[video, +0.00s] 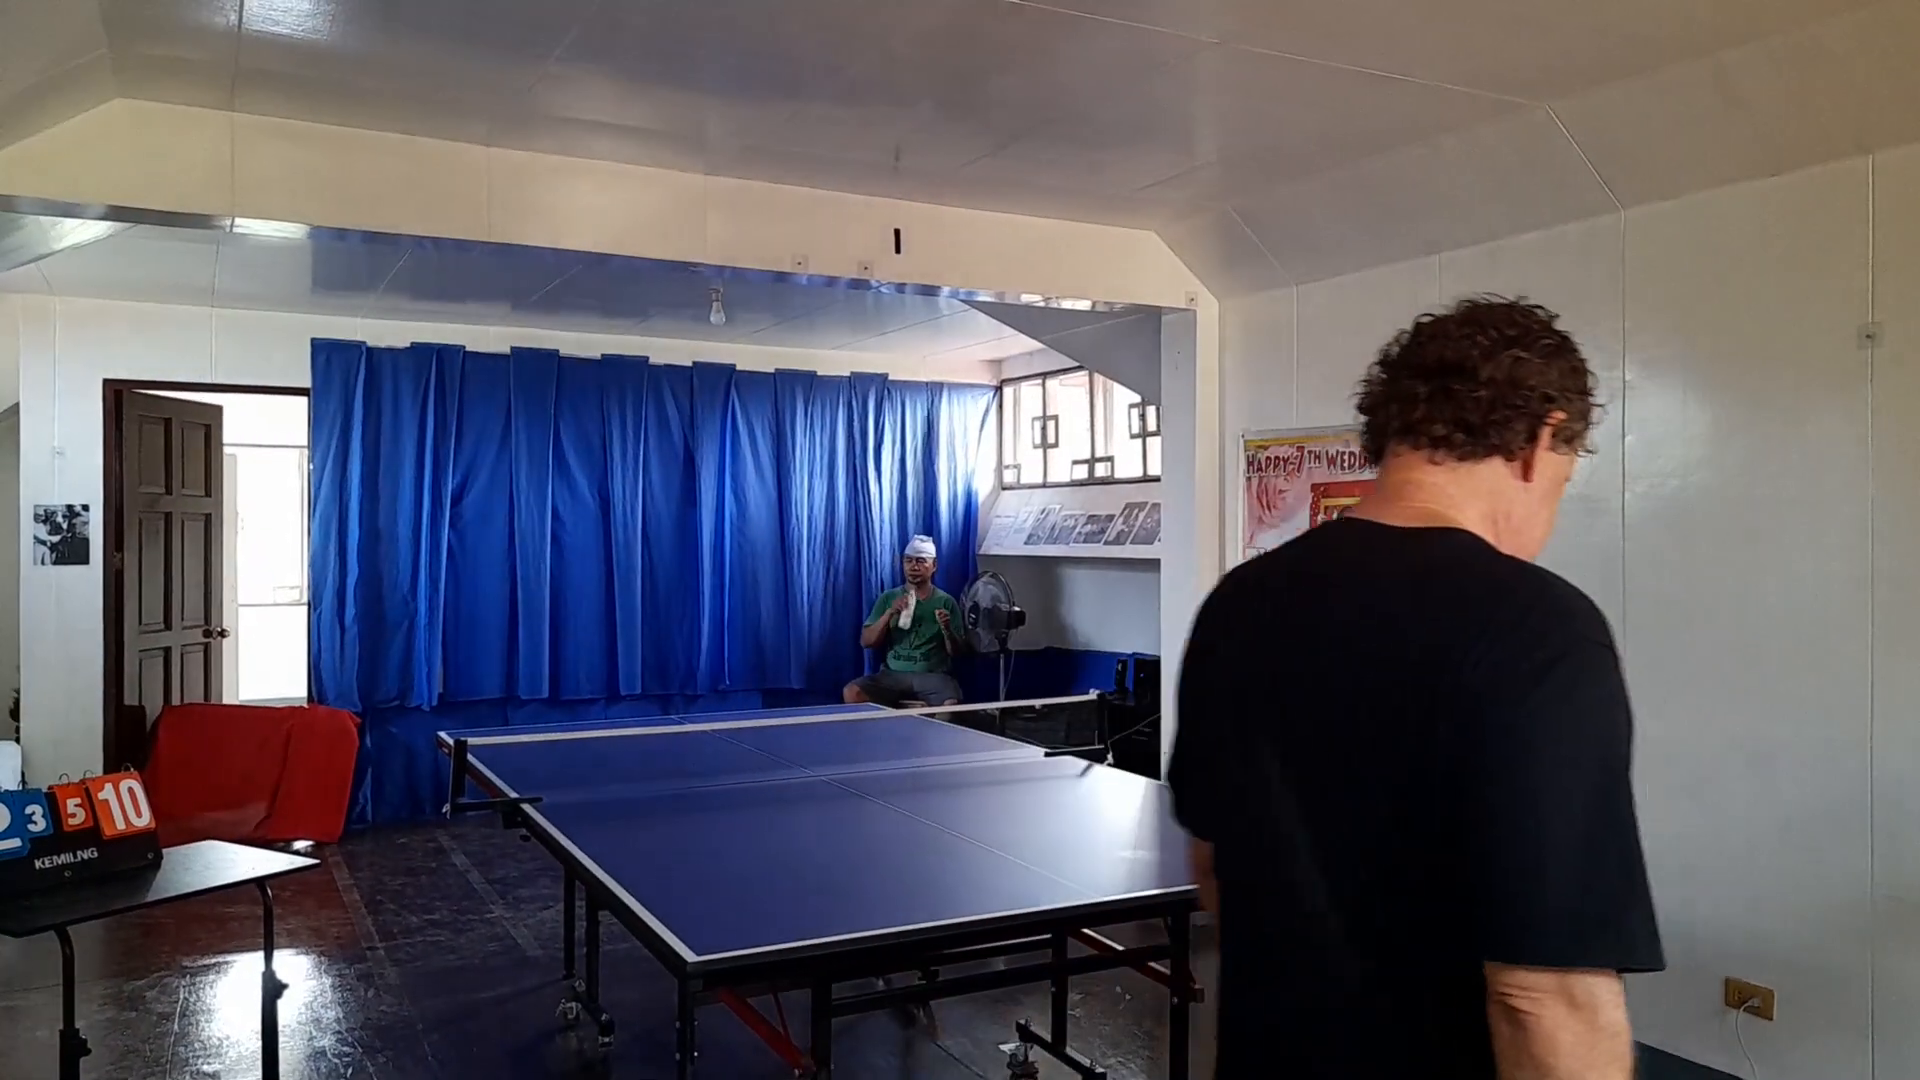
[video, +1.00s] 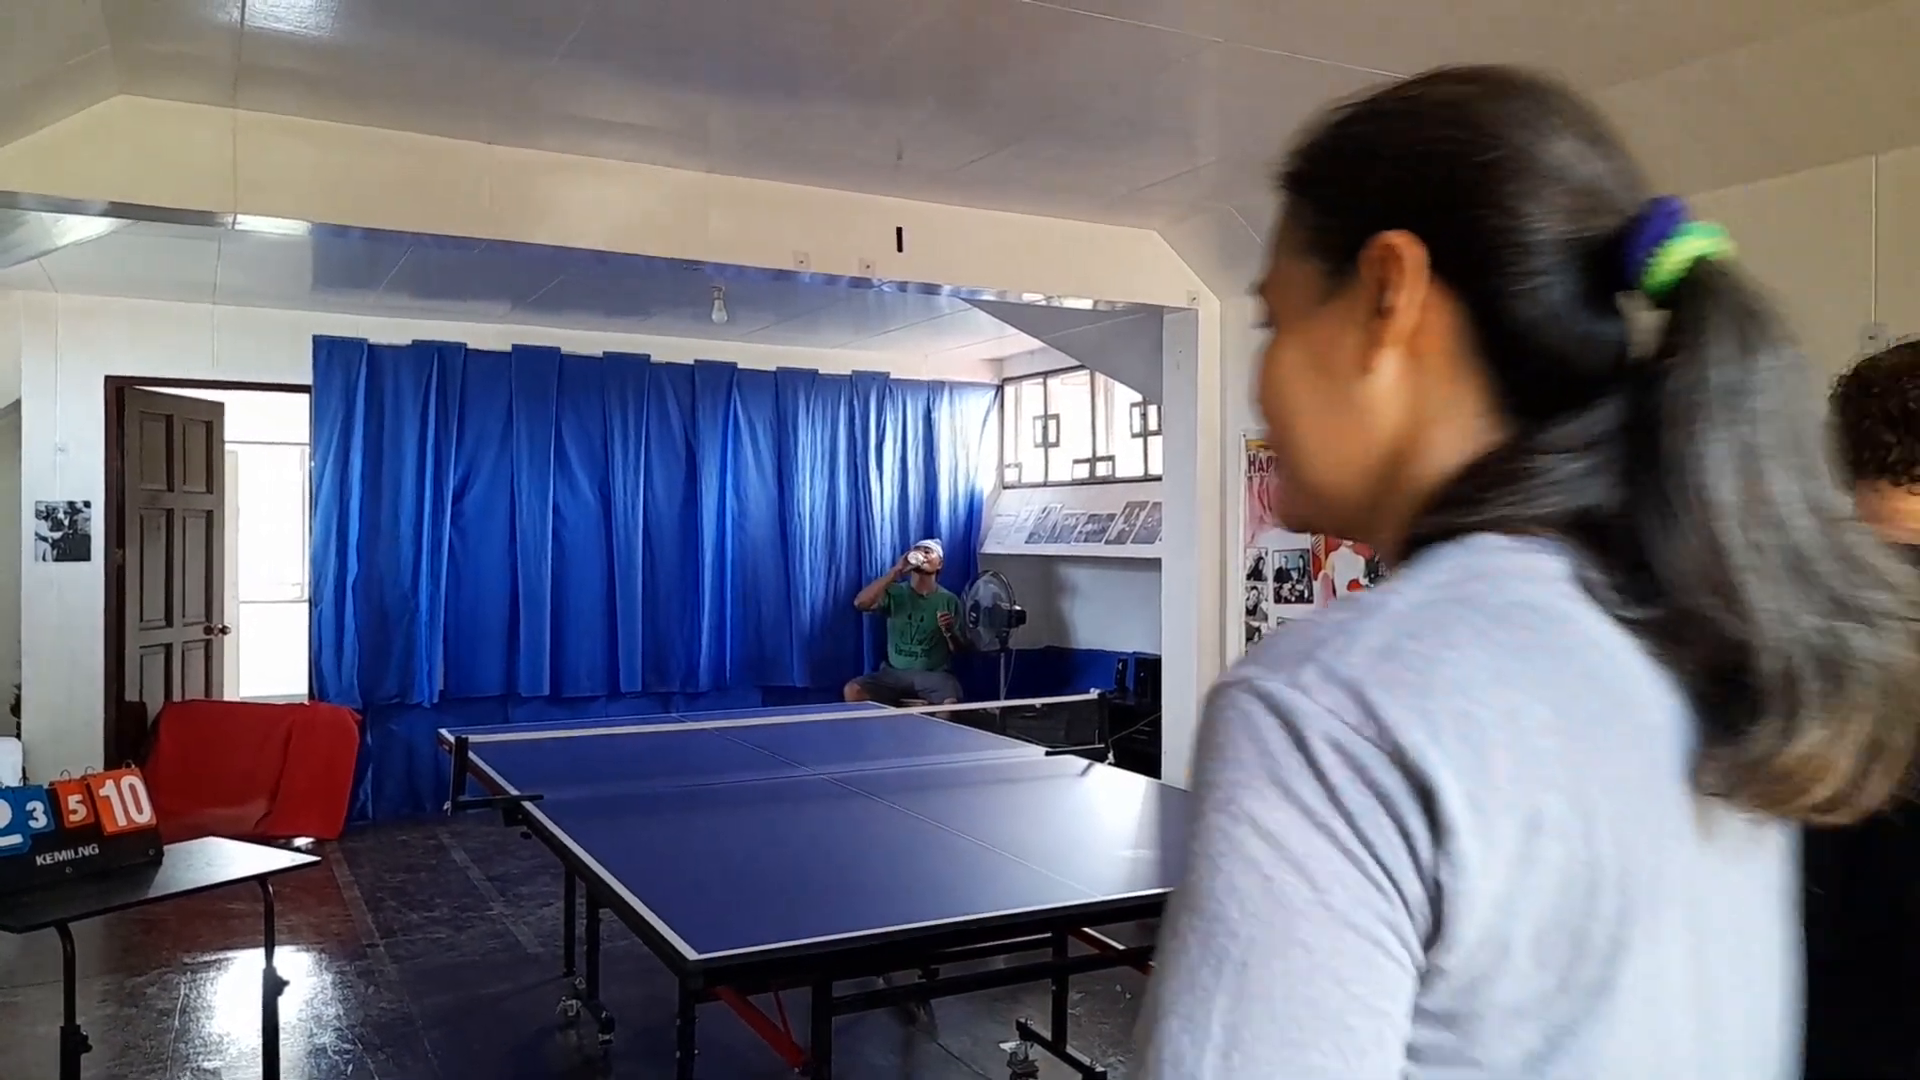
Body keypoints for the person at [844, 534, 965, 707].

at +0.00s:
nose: (914, 567)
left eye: (921, 561)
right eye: (909, 561)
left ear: (933, 566)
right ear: (903, 564)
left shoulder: (946, 602)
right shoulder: (888, 598)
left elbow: (956, 652)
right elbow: (866, 641)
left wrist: (946, 629)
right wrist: (889, 613)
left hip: (932, 676)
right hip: (892, 674)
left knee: (951, 705)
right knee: (852, 692)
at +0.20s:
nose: (914, 561)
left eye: (922, 556)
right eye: (910, 555)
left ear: (934, 563)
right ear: (903, 559)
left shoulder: (946, 600)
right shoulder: (888, 593)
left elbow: (956, 651)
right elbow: (862, 626)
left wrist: (948, 631)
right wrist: (891, 591)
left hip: (931, 673)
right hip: (891, 671)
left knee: (950, 702)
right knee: (851, 689)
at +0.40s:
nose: (918, 558)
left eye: (925, 554)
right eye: (914, 553)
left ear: (936, 563)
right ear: (907, 559)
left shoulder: (948, 601)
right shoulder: (894, 596)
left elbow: (958, 651)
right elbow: (862, 619)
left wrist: (949, 636)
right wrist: (893, 584)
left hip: (932, 674)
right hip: (893, 672)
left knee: (951, 702)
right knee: (853, 690)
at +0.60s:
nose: (918, 554)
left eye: (925, 550)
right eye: (913, 550)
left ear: (937, 560)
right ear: (907, 556)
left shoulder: (947, 598)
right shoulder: (892, 590)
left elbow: (957, 648)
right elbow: (860, 609)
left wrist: (949, 634)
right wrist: (893, 576)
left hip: (931, 672)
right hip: (892, 670)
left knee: (949, 700)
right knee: (851, 687)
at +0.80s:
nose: (920, 553)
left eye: (927, 549)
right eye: (915, 548)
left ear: (938, 561)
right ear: (908, 556)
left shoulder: (948, 598)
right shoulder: (892, 590)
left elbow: (958, 648)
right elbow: (860, 604)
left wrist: (949, 632)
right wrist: (895, 572)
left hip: (932, 672)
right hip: (893, 670)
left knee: (950, 701)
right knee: (852, 688)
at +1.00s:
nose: (923, 555)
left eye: (930, 552)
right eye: (919, 551)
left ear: (940, 564)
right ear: (910, 558)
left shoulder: (949, 601)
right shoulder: (894, 592)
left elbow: (959, 649)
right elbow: (861, 603)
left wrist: (950, 633)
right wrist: (896, 571)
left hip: (933, 675)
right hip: (893, 673)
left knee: (950, 704)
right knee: (853, 691)